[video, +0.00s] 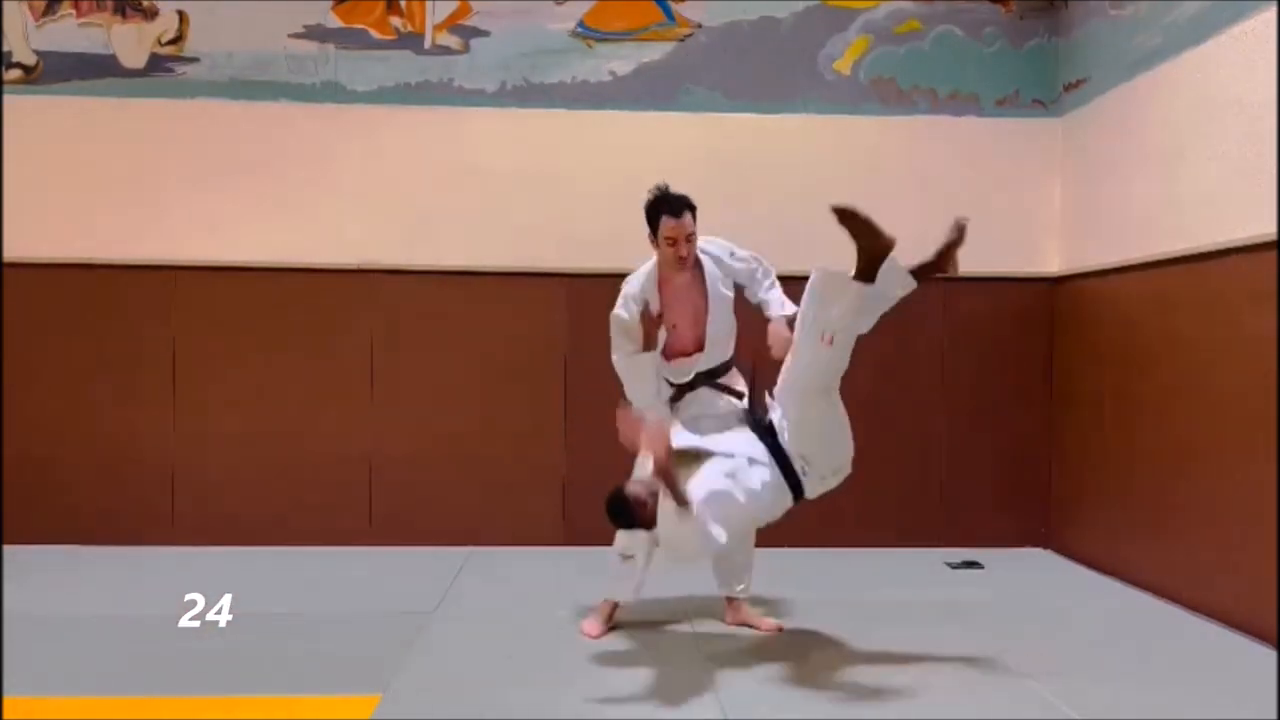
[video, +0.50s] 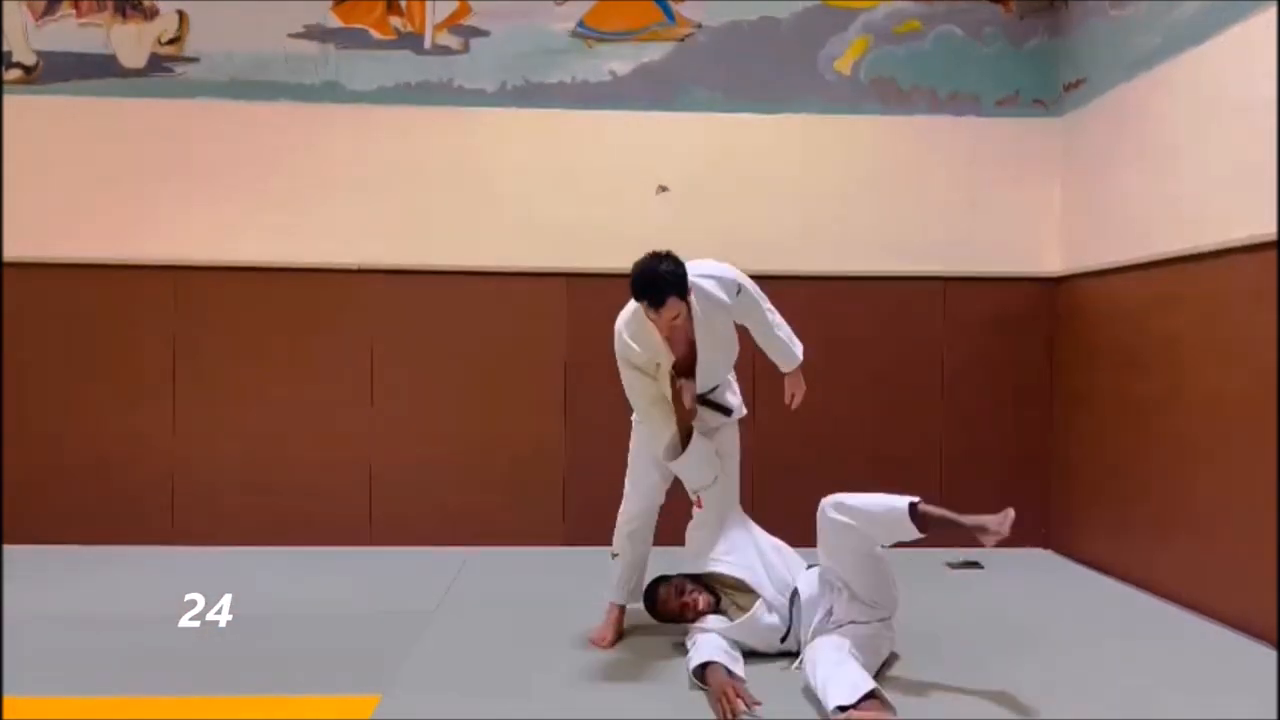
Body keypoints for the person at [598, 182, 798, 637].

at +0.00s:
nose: (683, 249)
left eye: (689, 238)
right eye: (672, 242)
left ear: (697, 231)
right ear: (653, 240)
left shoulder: (717, 256)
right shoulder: (636, 294)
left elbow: (760, 275)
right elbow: (631, 364)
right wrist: (655, 426)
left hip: (719, 387)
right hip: (662, 397)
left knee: (736, 493)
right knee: (645, 495)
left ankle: (736, 604)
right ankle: (611, 604)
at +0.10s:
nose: (661, 325)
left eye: (667, 314)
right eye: (650, 319)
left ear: (677, 293)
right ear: (634, 309)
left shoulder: (700, 282)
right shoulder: (623, 337)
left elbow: (719, 272)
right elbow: (640, 413)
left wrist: (748, 293)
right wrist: (674, 481)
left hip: (707, 399)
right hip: (653, 415)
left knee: (725, 487)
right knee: (635, 501)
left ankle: (744, 591)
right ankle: (607, 603)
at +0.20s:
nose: (667, 366)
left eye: (671, 353)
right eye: (656, 359)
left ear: (685, 331)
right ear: (643, 349)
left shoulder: (709, 306)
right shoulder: (632, 359)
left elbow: (742, 289)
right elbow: (657, 437)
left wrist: (778, 300)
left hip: (715, 407)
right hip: (656, 420)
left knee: (719, 500)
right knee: (632, 500)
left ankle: (697, 596)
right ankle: (605, 597)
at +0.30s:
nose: (673, 358)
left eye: (678, 345)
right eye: (663, 348)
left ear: (691, 324)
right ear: (647, 338)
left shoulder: (716, 298)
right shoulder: (631, 345)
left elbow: (764, 310)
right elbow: (639, 408)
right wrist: (677, 475)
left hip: (714, 407)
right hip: (655, 418)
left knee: (722, 503)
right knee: (640, 507)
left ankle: (711, 600)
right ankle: (621, 608)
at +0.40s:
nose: (671, 338)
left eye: (677, 328)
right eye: (660, 331)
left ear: (689, 309)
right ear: (645, 321)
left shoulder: (719, 289)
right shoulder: (631, 337)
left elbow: (764, 315)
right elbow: (651, 411)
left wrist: (797, 366)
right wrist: (692, 472)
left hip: (715, 405)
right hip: (658, 415)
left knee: (720, 502)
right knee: (636, 505)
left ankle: (709, 599)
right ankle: (616, 609)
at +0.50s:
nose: (669, 327)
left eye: (676, 317)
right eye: (658, 320)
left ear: (688, 293)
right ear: (643, 306)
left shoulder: (722, 286)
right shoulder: (629, 332)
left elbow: (762, 317)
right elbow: (649, 408)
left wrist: (790, 366)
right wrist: (687, 468)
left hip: (715, 410)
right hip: (657, 418)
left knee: (720, 508)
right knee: (637, 510)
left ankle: (702, 602)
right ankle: (616, 609)